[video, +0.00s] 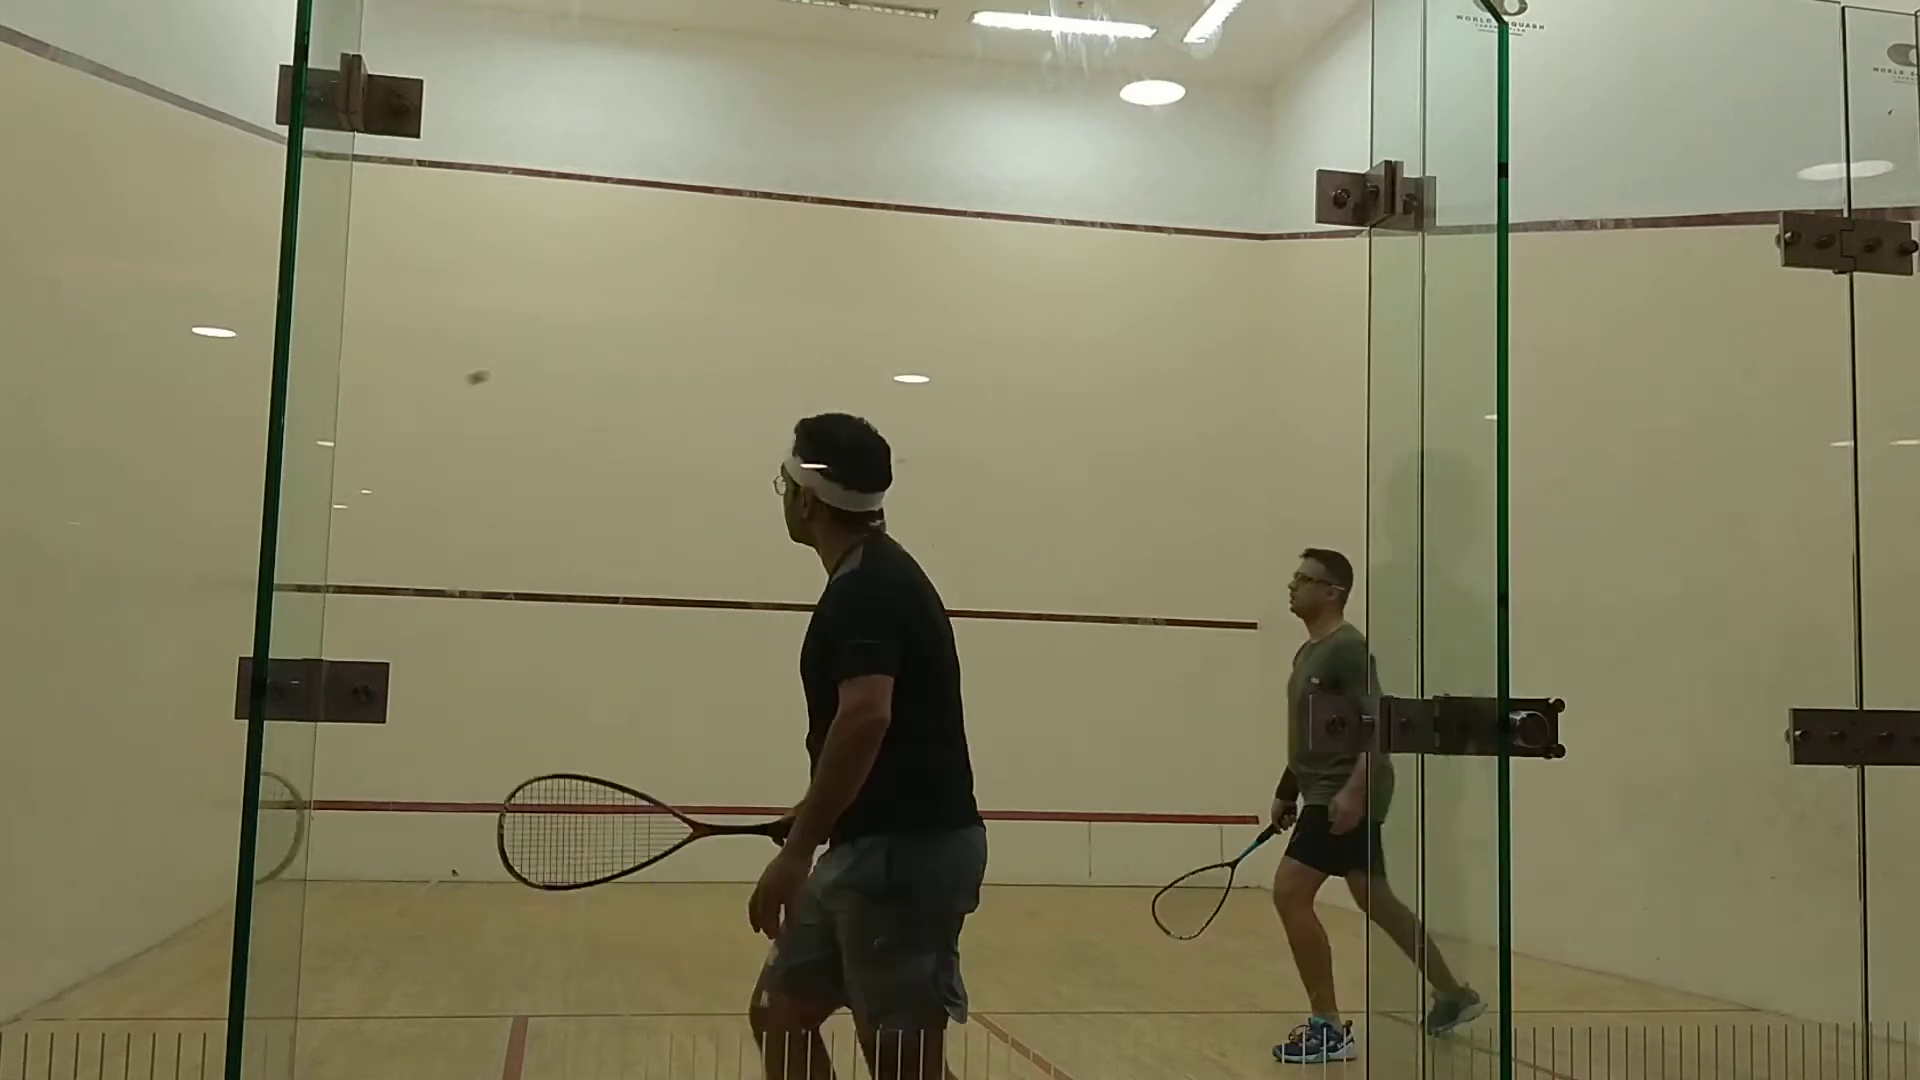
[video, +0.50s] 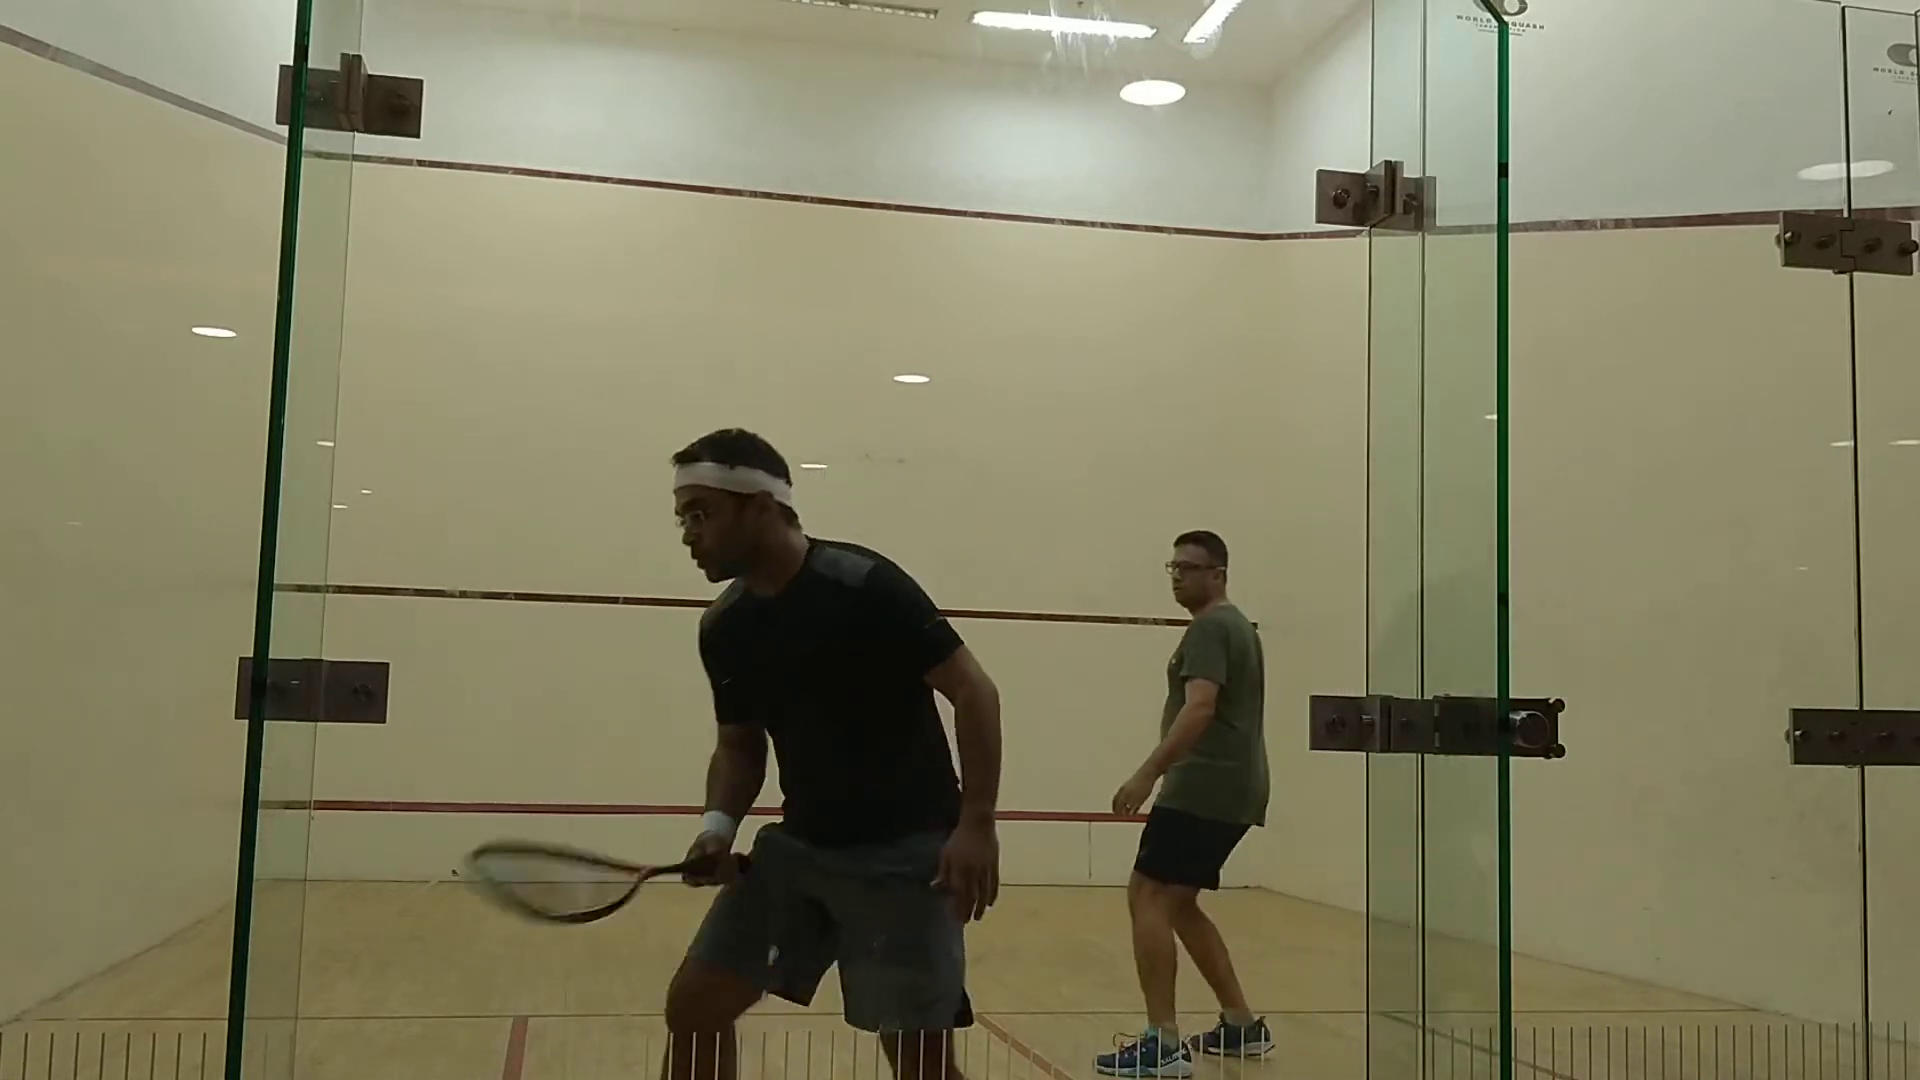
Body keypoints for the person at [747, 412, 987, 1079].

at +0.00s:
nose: (782, 497)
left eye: (787, 483)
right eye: (786, 482)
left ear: (810, 499)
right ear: (867, 498)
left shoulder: (865, 586)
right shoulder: (882, 575)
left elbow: (864, 715)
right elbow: (892, 727)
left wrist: (798, 852)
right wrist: (814, 812)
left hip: (905, 851)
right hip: (872, 846)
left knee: (903, 1052)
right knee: (781, 1015)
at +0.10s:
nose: (764, 492)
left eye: (773, 477)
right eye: (767, 476)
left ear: (814, 491)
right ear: (824, 491)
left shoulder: (876, 575)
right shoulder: (862, 569)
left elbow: (889, 711)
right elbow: (883, 713)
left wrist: (822, 849)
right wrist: (816, 778)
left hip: (912, 849)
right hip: (865, 844)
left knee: (913, 1052)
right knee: (763, 1014)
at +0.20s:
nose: (747, 499)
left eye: (758, 480)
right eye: (748, 481)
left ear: (813, 483)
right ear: (812, 484)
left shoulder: (880, 571)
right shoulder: (829, 576)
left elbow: (911, 705)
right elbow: (841, 704)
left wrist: (862, 849)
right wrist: (785, 760)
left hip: (916, 843)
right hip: (838, 838)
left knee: (915, 1050)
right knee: (759, 1018)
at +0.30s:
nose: (733, 502)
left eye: (745, 483)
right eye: (731, 486)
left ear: (806, 479)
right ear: (799, 483)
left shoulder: (888, 572)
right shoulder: (781, 589)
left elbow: (944, 700)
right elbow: (788, 689)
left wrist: (908, 837)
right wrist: (757, 752)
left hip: (901, 853)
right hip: (812, 846)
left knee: (911, 1054)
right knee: (758, 1028)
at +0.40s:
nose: (711, 509)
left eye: (724, 489)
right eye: (708, 493)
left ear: (786, 485)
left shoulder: (887, 577)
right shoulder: (754, 597)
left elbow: (971, 697)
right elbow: (760, 706)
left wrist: (952, 826)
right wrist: (736, 776)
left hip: (904, 856)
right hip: (805, 852)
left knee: (928, 1054)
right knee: (737, 1024)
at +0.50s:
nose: (687, 535)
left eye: (699, 514)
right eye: (683, 518)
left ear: (759, 506)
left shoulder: (868, 585)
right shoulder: (725, 628)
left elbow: (975, 695)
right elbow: (740, 743)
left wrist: (977, 825)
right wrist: (716, 830)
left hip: (906, 858)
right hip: (802, 851)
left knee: (921, 1058)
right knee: (695, 1009)